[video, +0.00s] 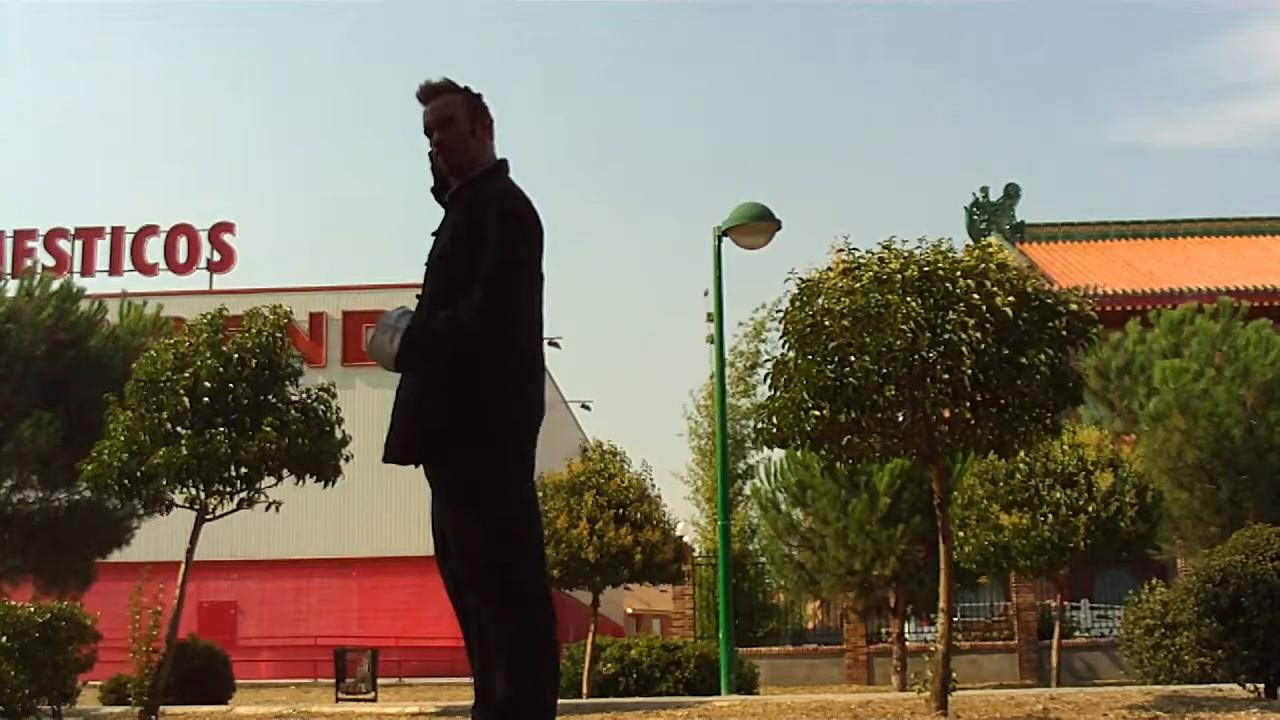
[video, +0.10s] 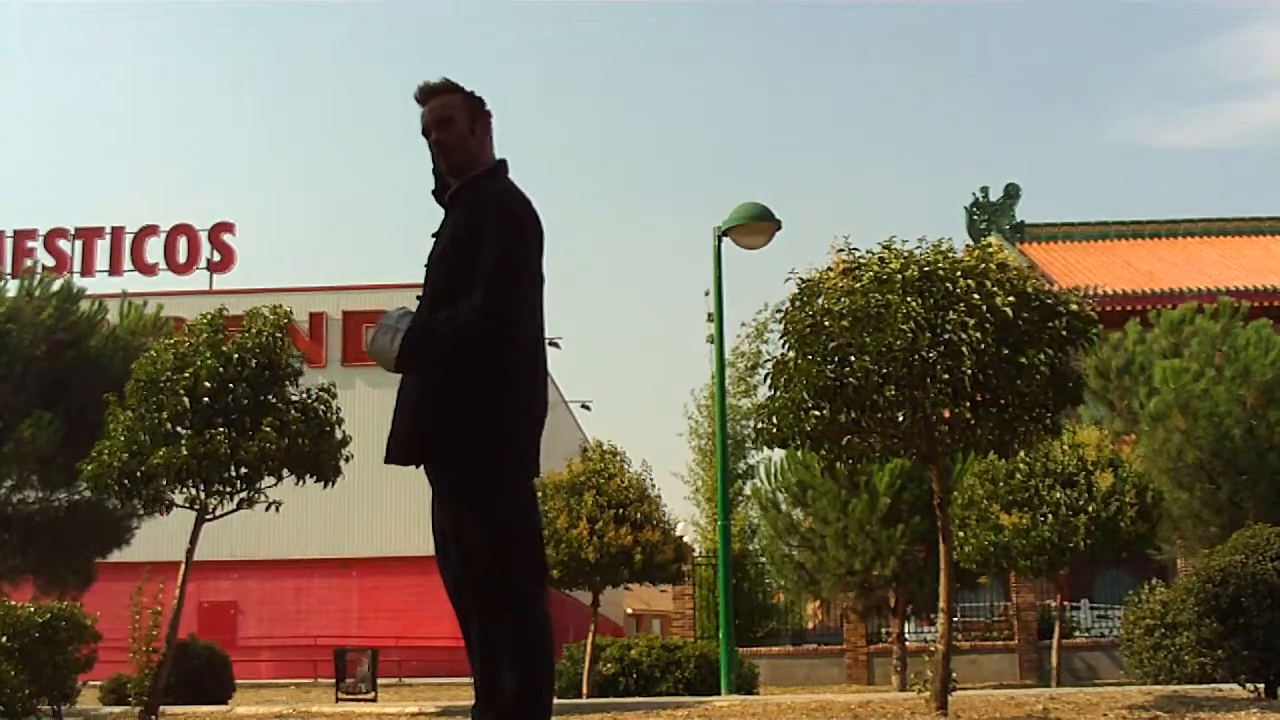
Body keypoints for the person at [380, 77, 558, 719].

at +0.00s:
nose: (434, 140)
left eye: (445, 125)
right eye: (428, 131)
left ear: (484, 125)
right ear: (429, 140)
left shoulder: (500, 206)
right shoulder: (466, 210)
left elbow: (486, 324)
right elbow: (465, 316)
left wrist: (403, 340)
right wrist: (408, 328)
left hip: (488, 424)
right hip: (462, 423)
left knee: (500, 565)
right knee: (468, 564)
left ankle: (520, 705)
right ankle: (497, 700)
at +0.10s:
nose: (435, 140)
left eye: (445, 125)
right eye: (427, 132)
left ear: (483, 123)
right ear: (425, 141)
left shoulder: (500, 206)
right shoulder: (467, 211)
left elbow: (486, 325)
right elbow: (466, 318)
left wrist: (403, 339)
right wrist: (407, 329)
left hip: (489, 434)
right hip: (463, 434)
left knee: (502, 579)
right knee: (472, 578)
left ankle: (517, 709)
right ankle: (497, 705)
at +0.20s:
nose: (431, 141)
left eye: (442, 126)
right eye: (424, 132)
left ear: (483, 127)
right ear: (426, 142)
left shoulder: (500, 208)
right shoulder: (466, 213)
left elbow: (487, 328)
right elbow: (465, 321)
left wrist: (405, 339)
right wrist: (408, 333)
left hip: (492, 438)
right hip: (464, 438)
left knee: (502, 584)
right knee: (474, 584)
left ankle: (517, 710)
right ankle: (499, 706)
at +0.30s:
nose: (426, 146)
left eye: (436, 131)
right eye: (420, 138)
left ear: (480, 126)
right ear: (426, 145)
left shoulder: (497, 207)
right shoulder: (467, 211)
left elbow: (483, 327)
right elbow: (467, 323)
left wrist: (403, 343)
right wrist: (408, 335)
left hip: (490, 437)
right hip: (466, 437)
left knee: (500, 583)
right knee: (476, 582)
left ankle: (514, 709)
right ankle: (502, 706)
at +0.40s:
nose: (419, 153)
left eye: (427, 137)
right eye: (415, 143)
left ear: (474, 128)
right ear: (467, 135)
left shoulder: (494, 209)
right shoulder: (467, 210)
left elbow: (480, 329)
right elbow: (468, 327)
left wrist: (401, 347)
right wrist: (408, 337)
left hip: (492, 433)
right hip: (469, 432)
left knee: (498, 578)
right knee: (479, 577)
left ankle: (512, 708)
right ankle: (503, 705)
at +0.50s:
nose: (417, 159)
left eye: (424, 144)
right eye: (413, 149)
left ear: (472, 132)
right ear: (469, 139)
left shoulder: (474, 213)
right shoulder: (498, 208)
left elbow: (459, 343)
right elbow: (475, 337)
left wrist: (395, 348)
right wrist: (409, 339)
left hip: (480, 447)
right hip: (501, 442)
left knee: (497, 609)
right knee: (505, 607)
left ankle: (507, 711)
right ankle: (512, 711)